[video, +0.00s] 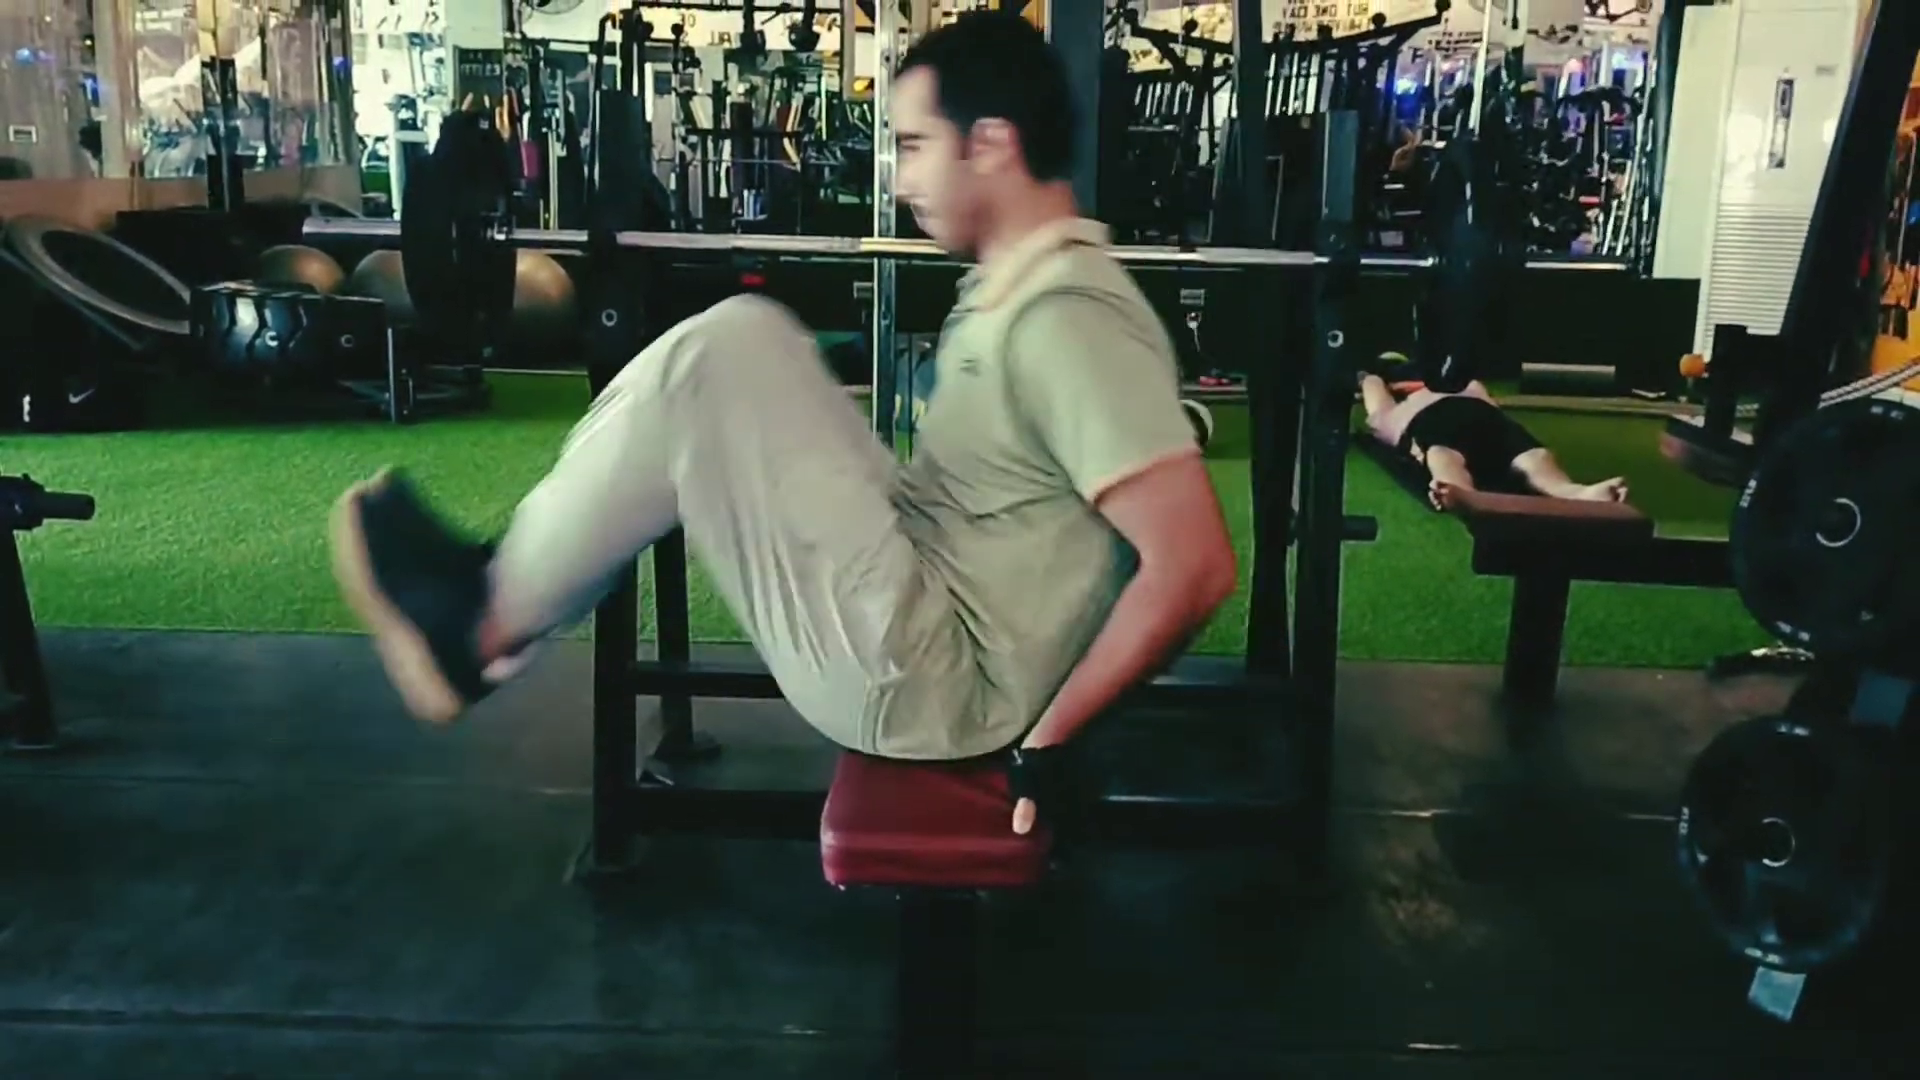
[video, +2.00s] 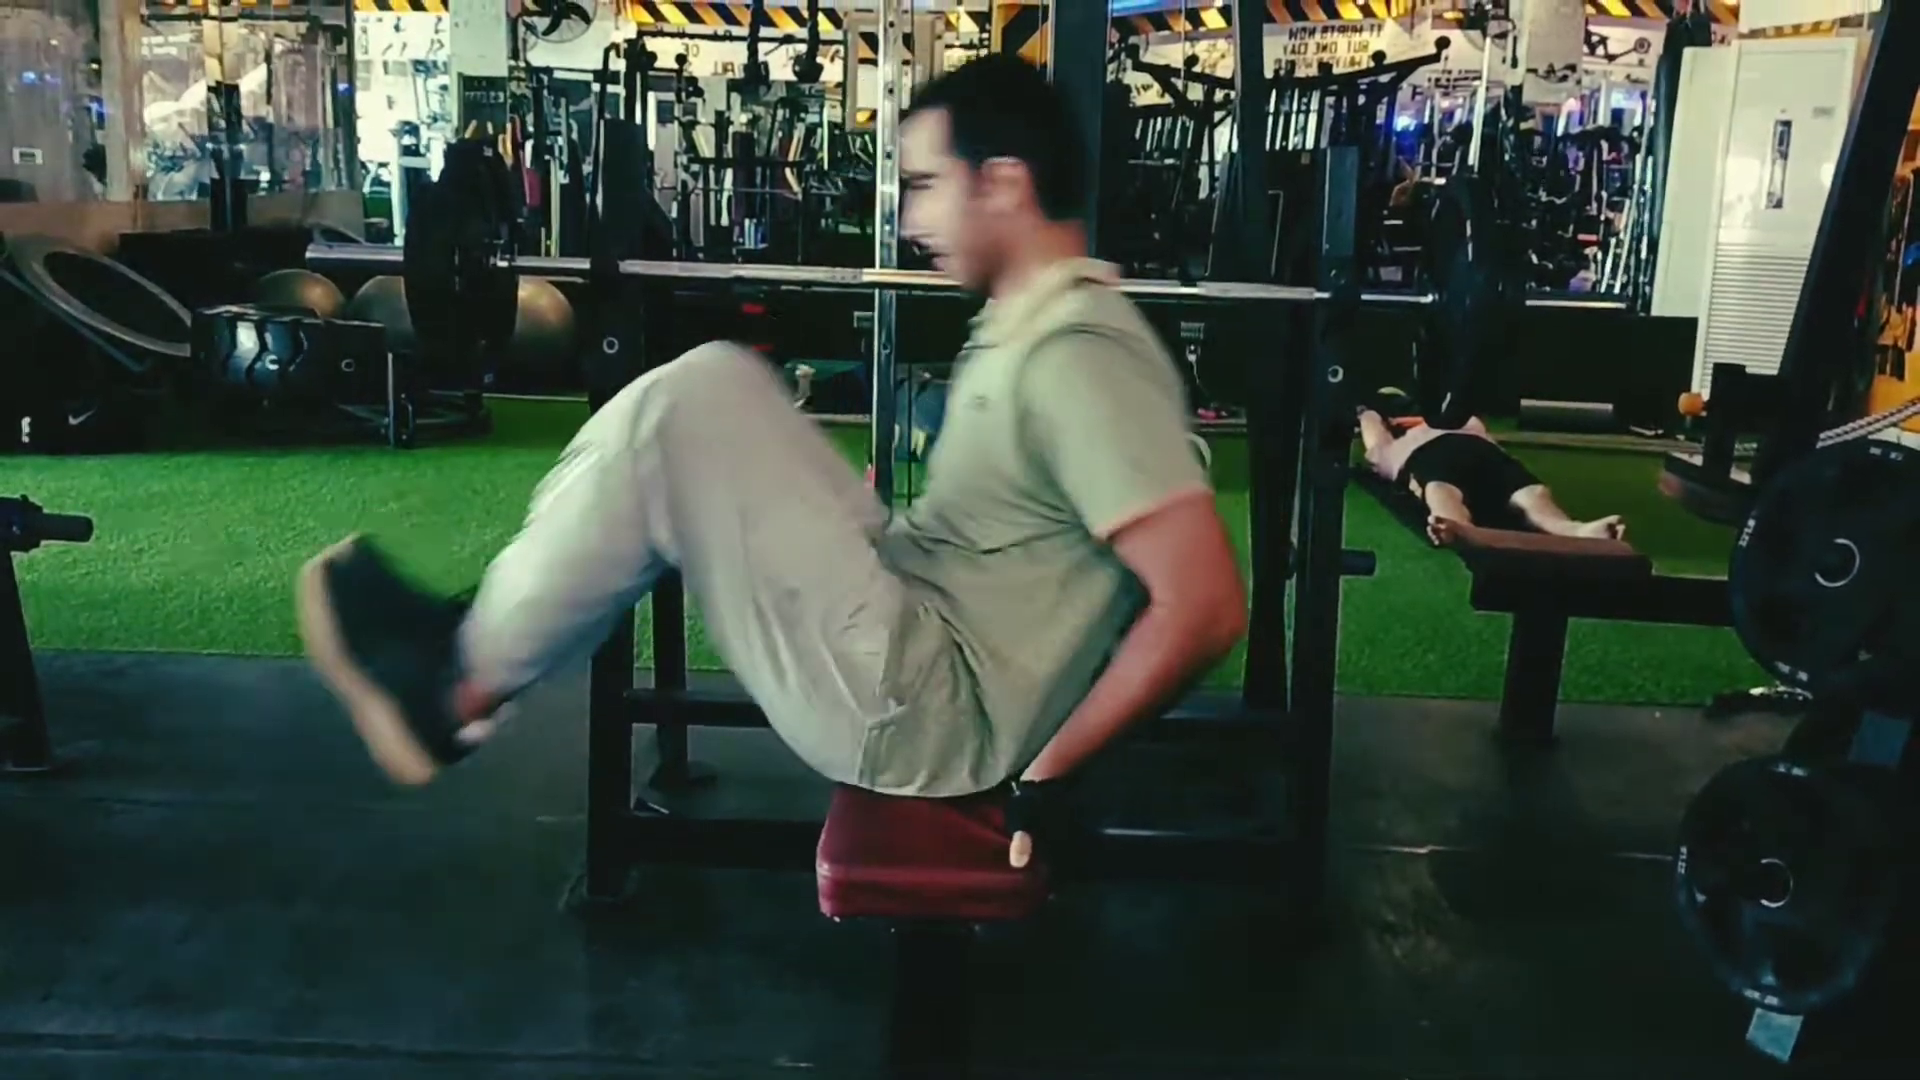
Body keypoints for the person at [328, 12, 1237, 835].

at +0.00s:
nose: (896, 181)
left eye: (911, 146)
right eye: (894, 150)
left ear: (995, 147)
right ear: (989, 150)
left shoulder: (1066, 309)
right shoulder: (1019, 293)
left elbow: (1190, 564)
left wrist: (1039, 744)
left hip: (937, 680)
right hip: (918, 646)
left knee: (730, 345)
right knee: (717, 348)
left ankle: (483, 632)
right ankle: (486, 610)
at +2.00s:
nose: (902, 218)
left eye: (919, 186)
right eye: (900, 190)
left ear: (1008, 185)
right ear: (998, 189)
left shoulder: (1076, 342)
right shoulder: (1029, 329)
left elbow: (1201, 602)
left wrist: (1036, 784)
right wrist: (879, 530)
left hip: (935, 712)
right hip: (912, 670)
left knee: (704, 394)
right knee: (698, 398)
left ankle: (460, 692)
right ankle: (467, 666)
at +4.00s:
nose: (1104, 274)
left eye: (1129, 246)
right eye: (1108, 245)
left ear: (1218, 261)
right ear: (1192, 262)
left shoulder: (1230, 429)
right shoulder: (1174, 391)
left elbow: (1269, 701)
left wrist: (1066, 798)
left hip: (923, 713)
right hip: (896, 633)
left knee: (565, 595)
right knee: (579, 564)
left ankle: (255, 833)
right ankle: (285, 796)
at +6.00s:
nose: (1138, 291)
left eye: (1160, 262)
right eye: (1141, 263)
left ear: (1251, 277)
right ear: (1239, 280)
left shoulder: (1257, 442)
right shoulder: (1194, 408)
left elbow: (1268, 713)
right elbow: (1193, 654)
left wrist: (1055, 798)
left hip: (926, 704)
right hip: (899, 630)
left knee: (565, 633)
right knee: (585, 582)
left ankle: (248, 836)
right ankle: (286, 792)